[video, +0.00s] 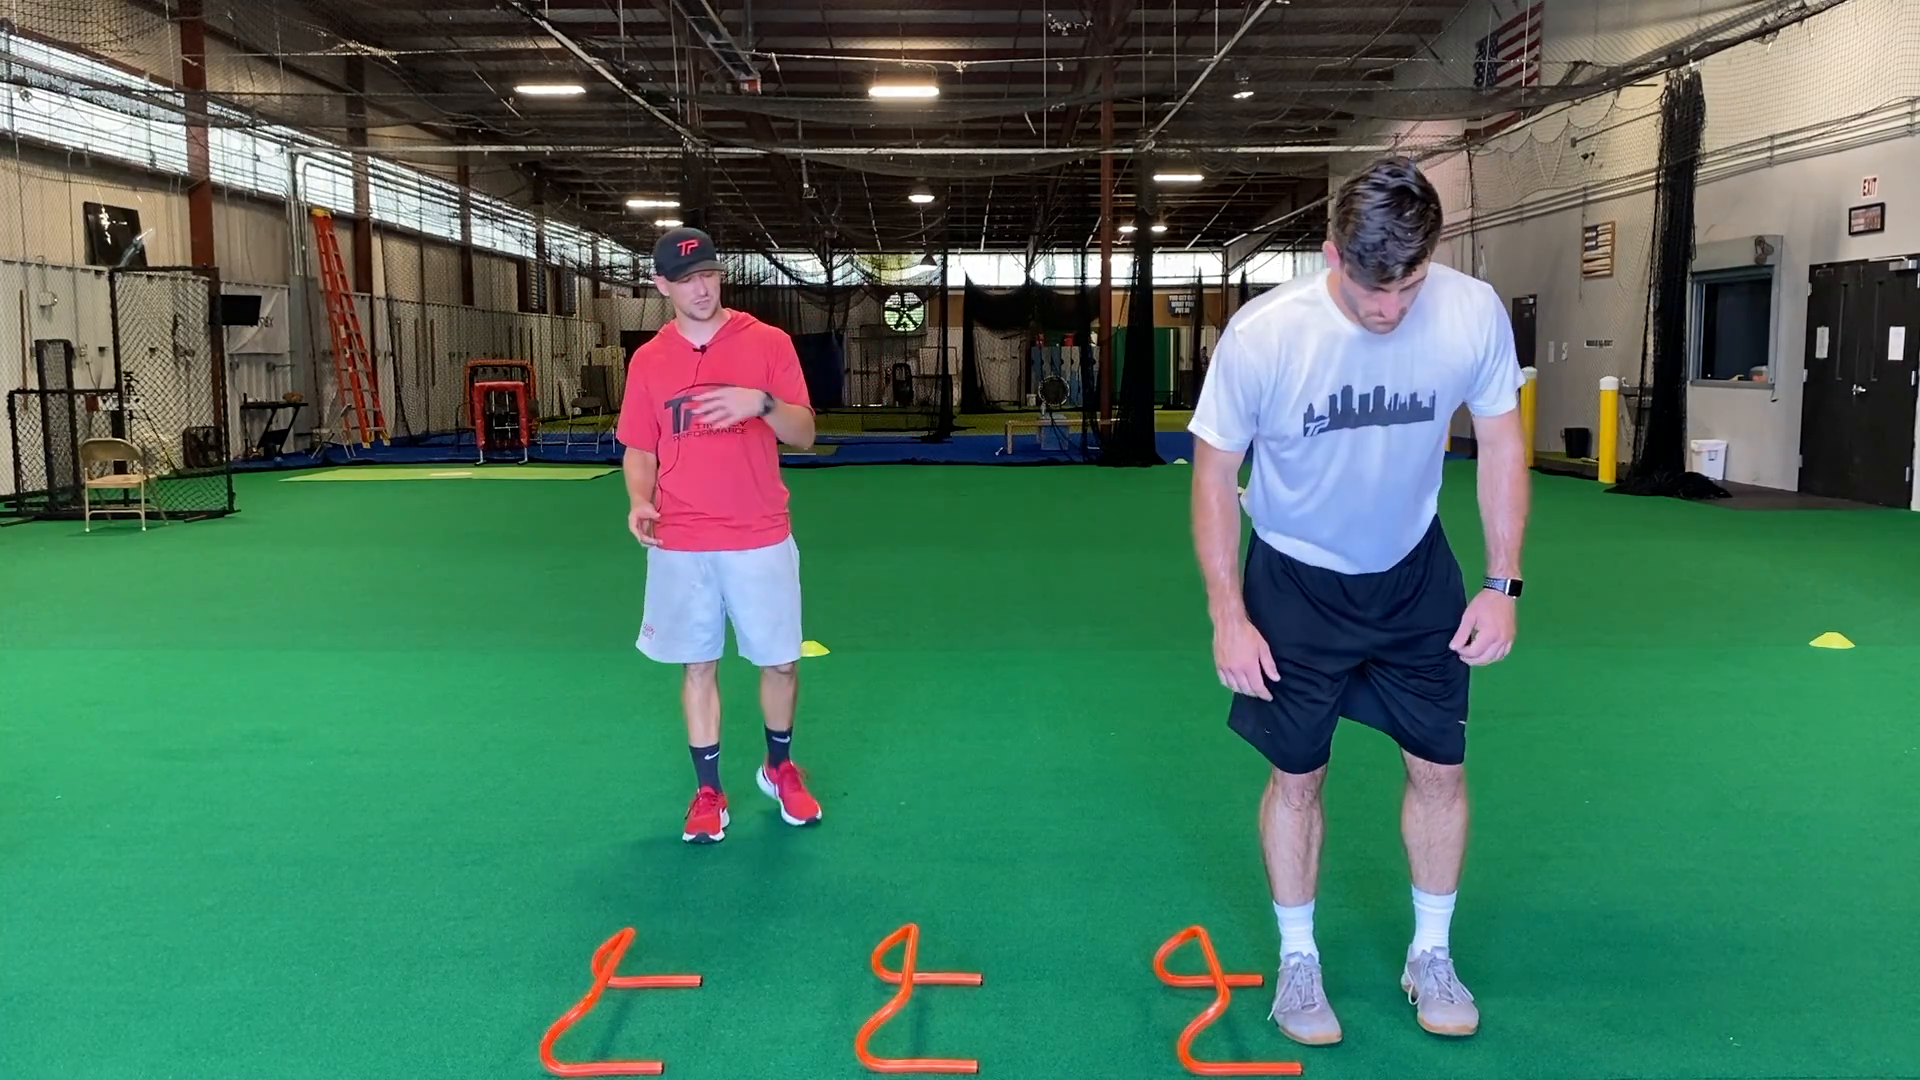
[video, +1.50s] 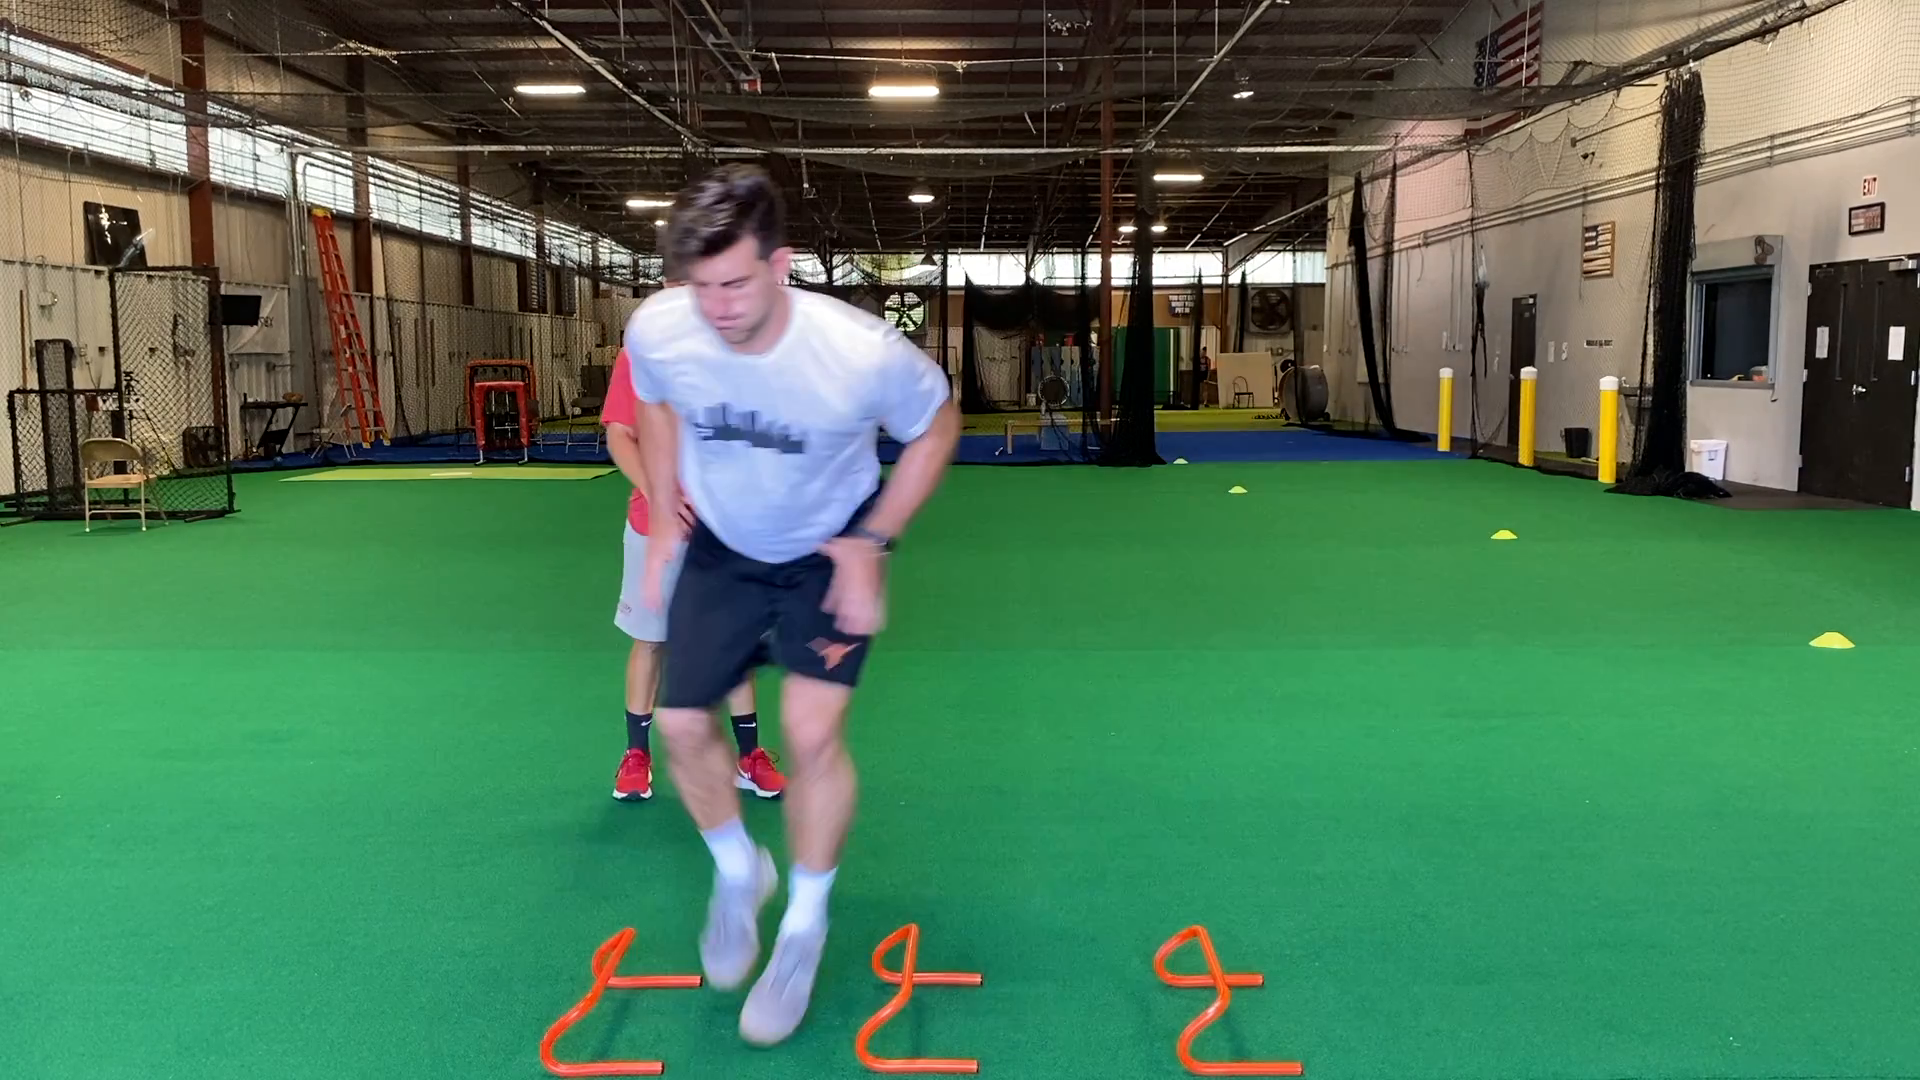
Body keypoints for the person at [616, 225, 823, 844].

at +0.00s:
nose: (703, 287)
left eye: (710, 275)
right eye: (689, 279)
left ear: (722, 276)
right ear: (664, 287)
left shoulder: (768, 343)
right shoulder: (648, 361)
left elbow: (803, 432)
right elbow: (638, 448)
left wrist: (761, 403)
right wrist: (641, 500)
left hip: (761, 536)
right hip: (683, 542)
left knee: (780, 659)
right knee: (699, 662)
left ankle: (780, 767)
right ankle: (708, 791)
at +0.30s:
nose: (720, 289)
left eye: (727, 276)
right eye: (706, 279)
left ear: (738, 279)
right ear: (681, 287)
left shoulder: (778, 346)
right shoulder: (660, 362)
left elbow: (816, 432)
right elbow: (645, 446)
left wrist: (759, 421)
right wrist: (651, 505)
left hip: (769, 539)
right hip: (694, 540)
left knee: (769, 654)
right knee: (705, 659)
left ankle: (761, 744)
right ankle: (709, 789)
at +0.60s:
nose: (751, 298)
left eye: (760, 286)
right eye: (739, 288)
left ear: (770, 290)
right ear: (715, 293)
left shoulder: (800, 356)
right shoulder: (685, 360)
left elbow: (823, 422)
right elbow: (661, 446)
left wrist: (810, 463)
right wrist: (667, 523)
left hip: (781, 534)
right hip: (713, 534)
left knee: (764, 647)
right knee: (716, 653)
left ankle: (753, 756)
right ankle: (711, 782)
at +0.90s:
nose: (766, 298)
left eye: (775, 287)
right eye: (755, 287)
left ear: (787, 292)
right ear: (732, 289)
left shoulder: (809, 361)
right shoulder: (695, 349)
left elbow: (829, 438)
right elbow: (662, 431)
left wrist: (801, 458)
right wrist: (655, 511)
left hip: (776, 524)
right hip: (710, 518)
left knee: (758, 639)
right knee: (713, 636)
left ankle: (753, 757)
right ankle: (702, 769)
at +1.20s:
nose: (745, 294)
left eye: (754, 283)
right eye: (734, 283)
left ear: (769, 288)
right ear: (715, 287)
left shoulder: (794, 361)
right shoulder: (680, 350)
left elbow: (818, 430)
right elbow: (653, 434)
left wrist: (795, 463)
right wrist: (660, 510)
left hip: (762, 533)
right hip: (692, 528)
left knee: (752, 642)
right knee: (676, 640)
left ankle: (753, 755)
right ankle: (645, 751)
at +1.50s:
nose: (700, 297)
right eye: (687, 281)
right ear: (669, 287)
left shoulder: (759, 356)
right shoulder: (643, 350)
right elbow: (618, 434)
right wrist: (658, 496)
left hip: (730, 526)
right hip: (659, 522)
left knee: (737, 646)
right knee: (649, 637)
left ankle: (750, 752)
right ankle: (637, 750)